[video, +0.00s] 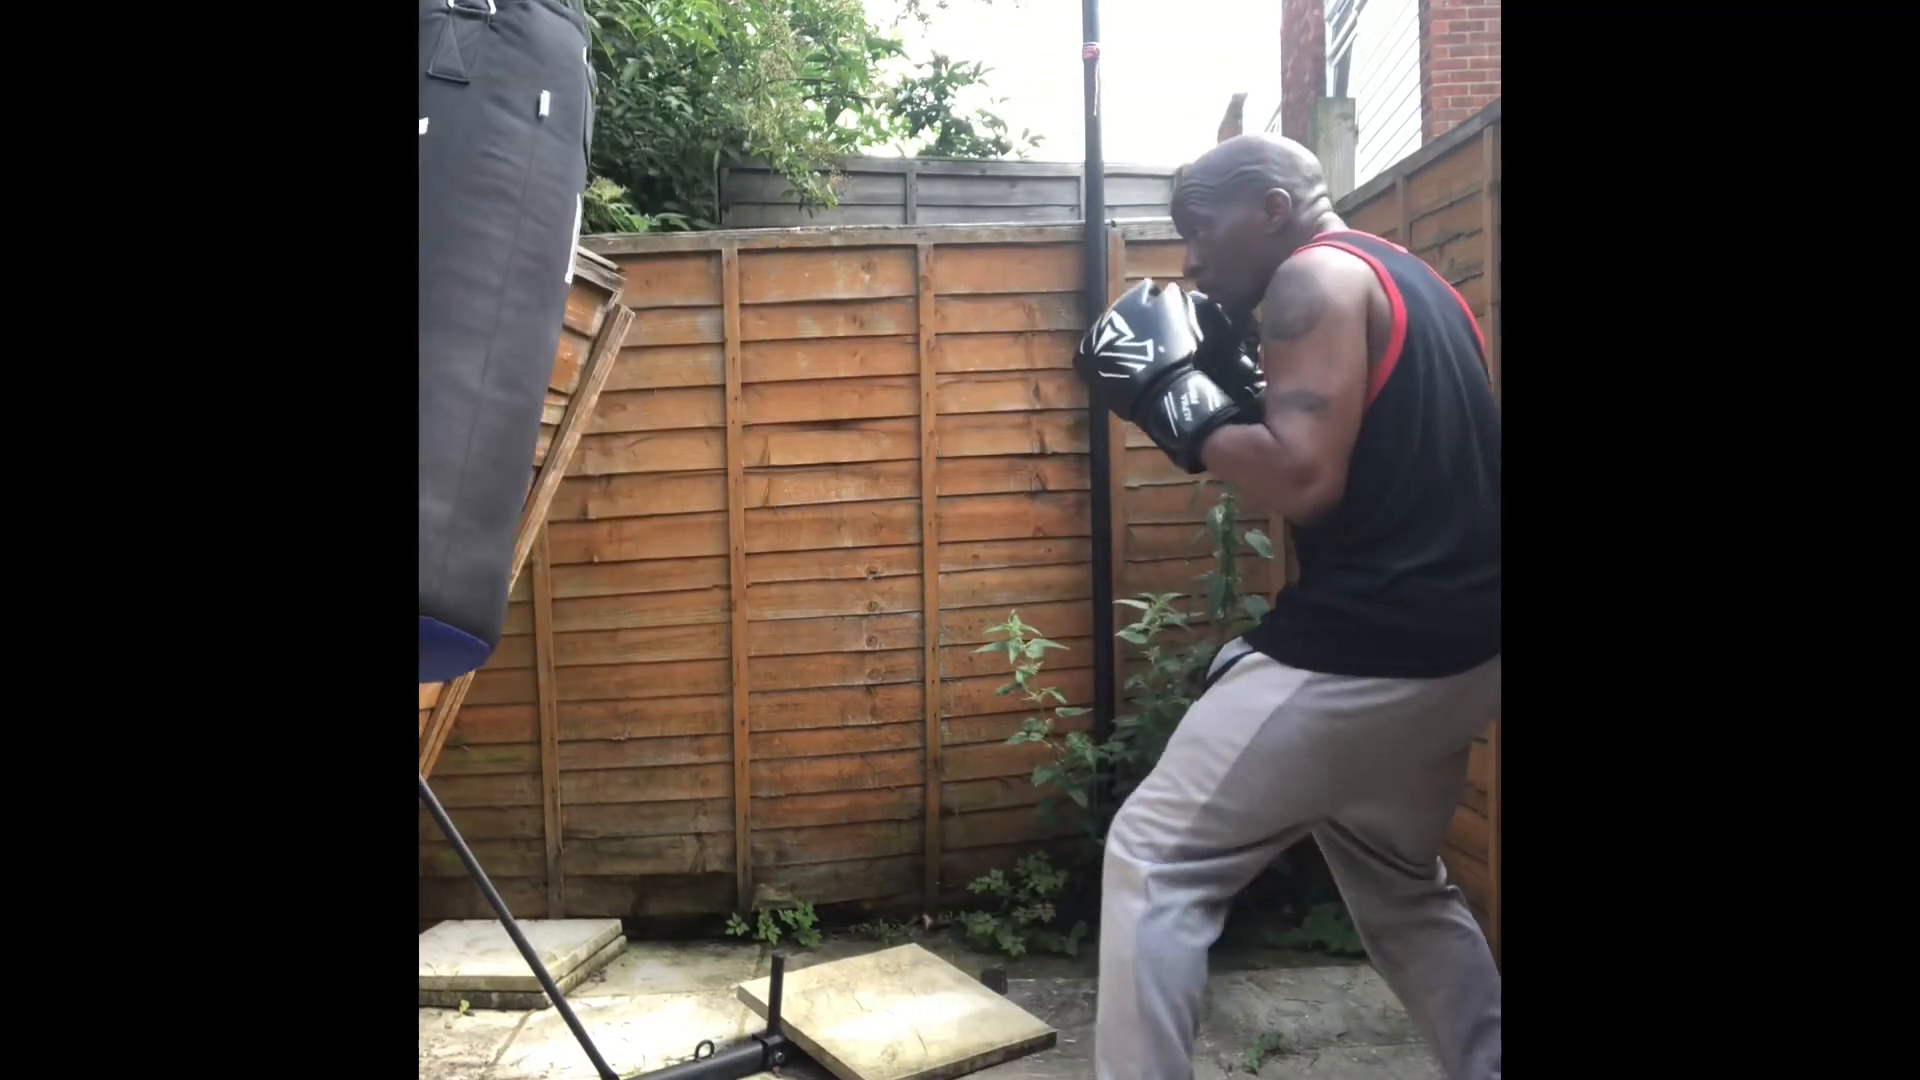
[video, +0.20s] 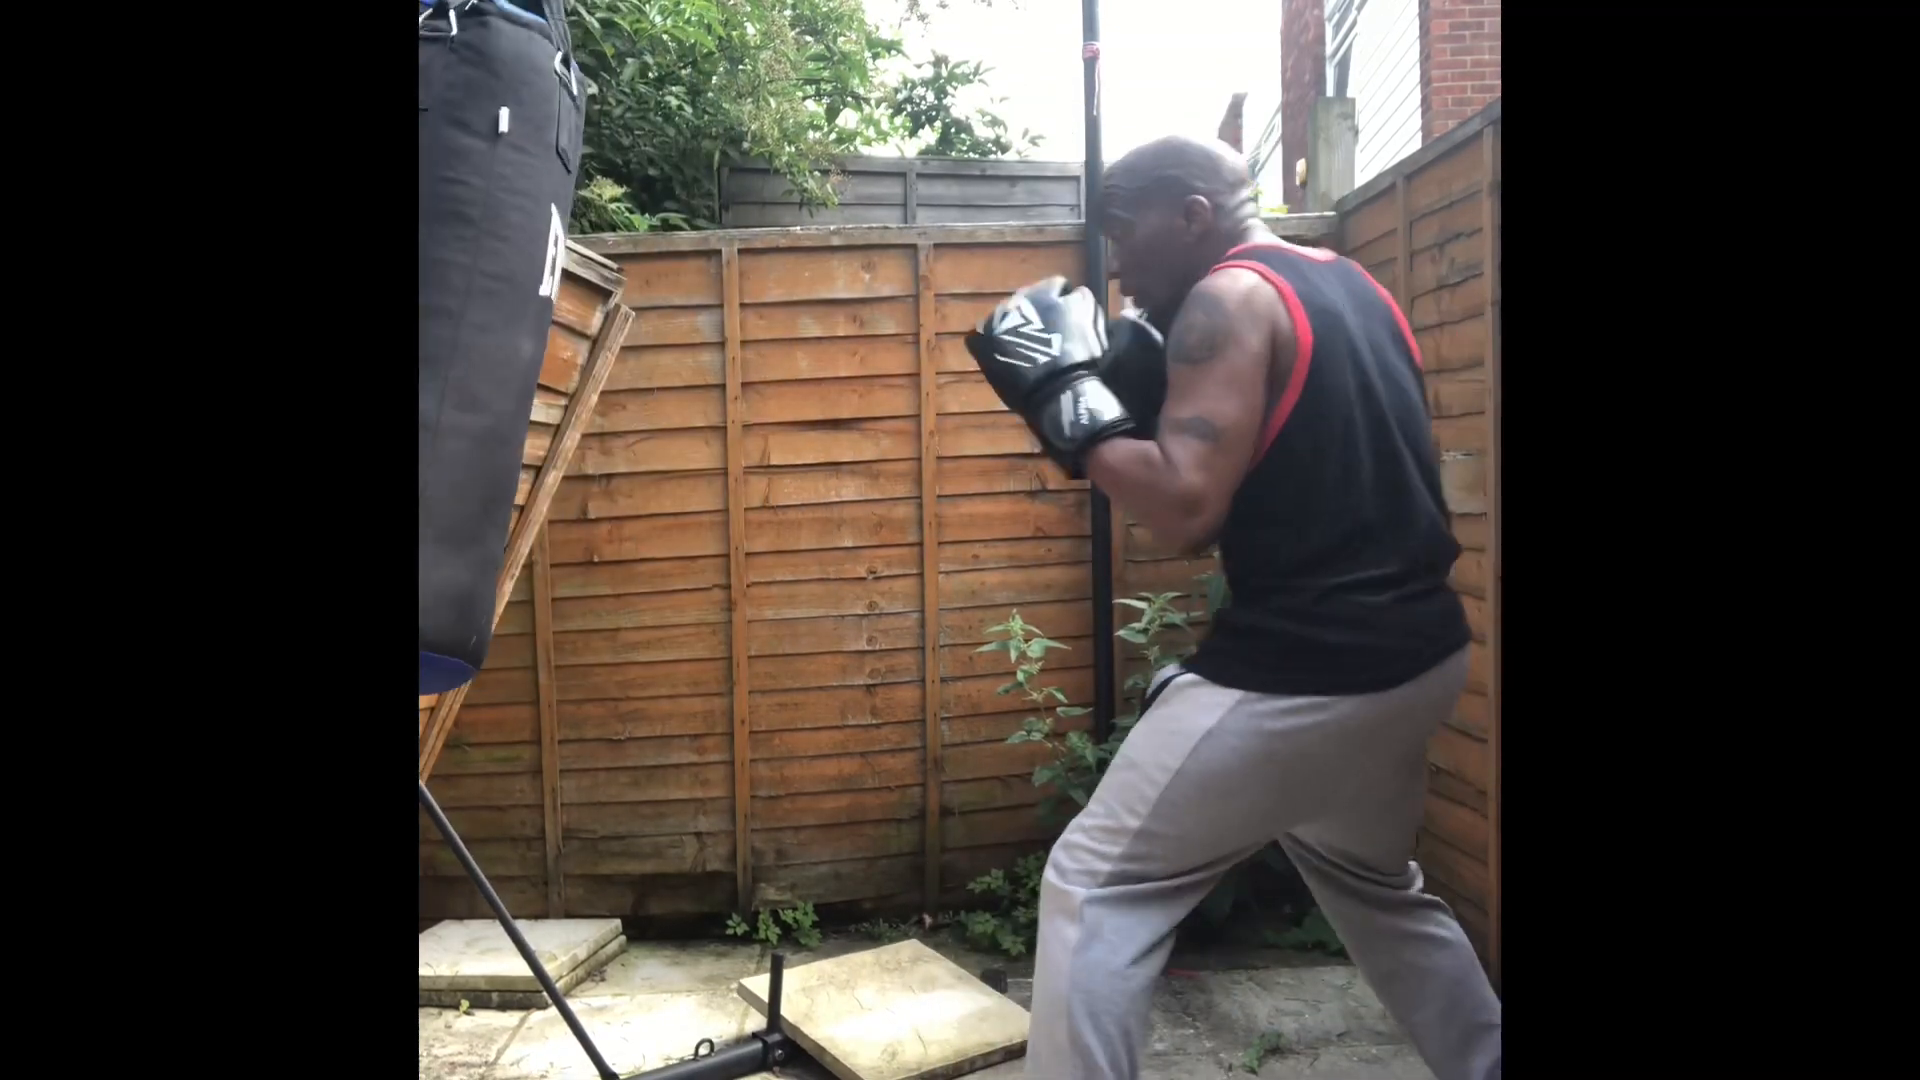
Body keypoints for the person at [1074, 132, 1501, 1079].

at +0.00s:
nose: (1190, 266)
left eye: (1199, 234)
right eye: (1185, 239)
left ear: (1273, 211)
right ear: (1291, 211)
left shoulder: (1317, 280)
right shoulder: (1400, 274)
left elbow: (1300, 478)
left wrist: (1180, 410)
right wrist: (1229, 375)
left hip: (1363, 640)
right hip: (1462, 635)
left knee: (1155, 857)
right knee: (1396, 874)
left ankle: (1139, 1068)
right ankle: (1485, 1062)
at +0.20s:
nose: (1117, 269)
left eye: (1122, 238)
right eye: (1110, 244)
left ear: (1196, 215)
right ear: (1211, 216)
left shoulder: (1229, 299)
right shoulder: (1350, 280)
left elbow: (1177, 511)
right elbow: (1308, 467)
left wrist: (1067, 403)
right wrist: (1163, 387)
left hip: (1291, 660)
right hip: (1416, 645)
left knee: (1096, 887)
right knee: (1371, 880)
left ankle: (1073, 1068)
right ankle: (1483, 1060)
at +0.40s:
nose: (996, 292)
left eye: (1009, 268)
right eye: (988, 273)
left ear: (1080, 228)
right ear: (1001, 244)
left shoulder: (1227, 306)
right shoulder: (1049, 294)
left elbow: (1256, 533)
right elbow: (903, 317)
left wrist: (1140, 431)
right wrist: (730, 293)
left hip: (1272, 667)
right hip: (1249, 660)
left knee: (1095, 900)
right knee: (1329, 900)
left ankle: (1083, 1077)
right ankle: (1487, 1054)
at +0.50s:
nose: (936, 298)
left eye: (947, 270)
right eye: (929, 273)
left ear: (1040, 230)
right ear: (1026, 229)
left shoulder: (1213, 316)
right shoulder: (1026, 301)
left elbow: (1248, 539)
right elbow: (877, 338)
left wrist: (1112, 460)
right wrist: (722, 332)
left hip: (1252, 664)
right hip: (1157, 663)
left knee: (1074, 899)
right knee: (1295, 885)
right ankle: (1478, 1040)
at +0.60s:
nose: (933, 256)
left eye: (942, 222)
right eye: (923, 232)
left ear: (1035, 196)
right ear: (1033, 203)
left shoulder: (1182, 302)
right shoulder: (1062, 303)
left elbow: (1176, 536)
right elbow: (1068, 452)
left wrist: (1018, 433)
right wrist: (909, 401)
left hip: (1226, 651)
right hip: (1171, 642)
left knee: (1058, 895)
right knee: (1253, 872)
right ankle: (1453, 1029)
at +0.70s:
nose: (969, 246)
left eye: (967, 219)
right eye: (958, 225)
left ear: (1034, 186)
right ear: (1049, 186)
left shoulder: (1151, 285)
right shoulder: (1137, 272)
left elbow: (1112, 519)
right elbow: (1111, 466)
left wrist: (981, 403)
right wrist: (996, 400)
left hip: (1205, 654)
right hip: (1240, 637)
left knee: (1037, 891)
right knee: (1237, 848)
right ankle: (1439, 1036)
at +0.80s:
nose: (1033, 253)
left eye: (1032, 225)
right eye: (1023, 231)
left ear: (1099, 190)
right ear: (1120, 188)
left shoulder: (1166, 282)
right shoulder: (1248, 258)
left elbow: (1104, 505)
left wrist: (997, 369)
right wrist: (1038, 358)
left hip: (1204, 668)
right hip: (1303, 644)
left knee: (1040, 889)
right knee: (1272, 860)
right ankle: (1445, 1061)